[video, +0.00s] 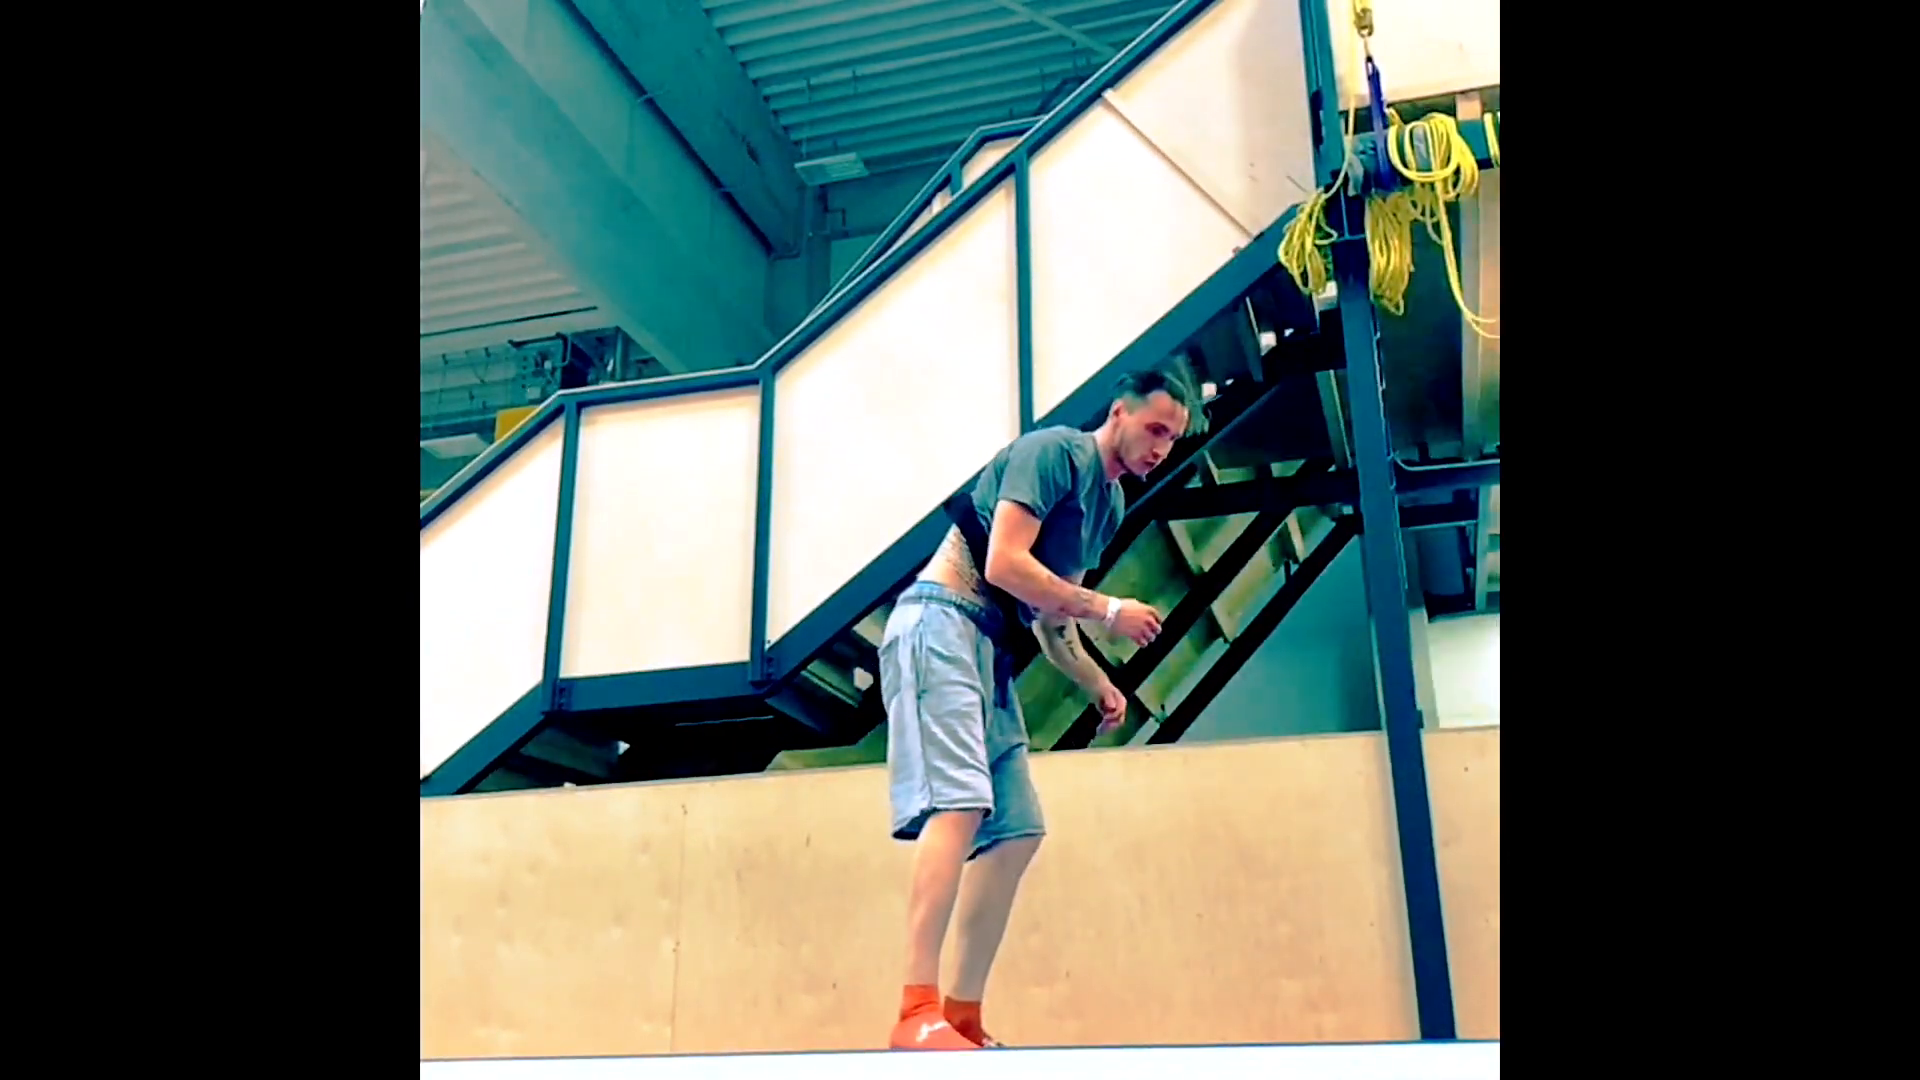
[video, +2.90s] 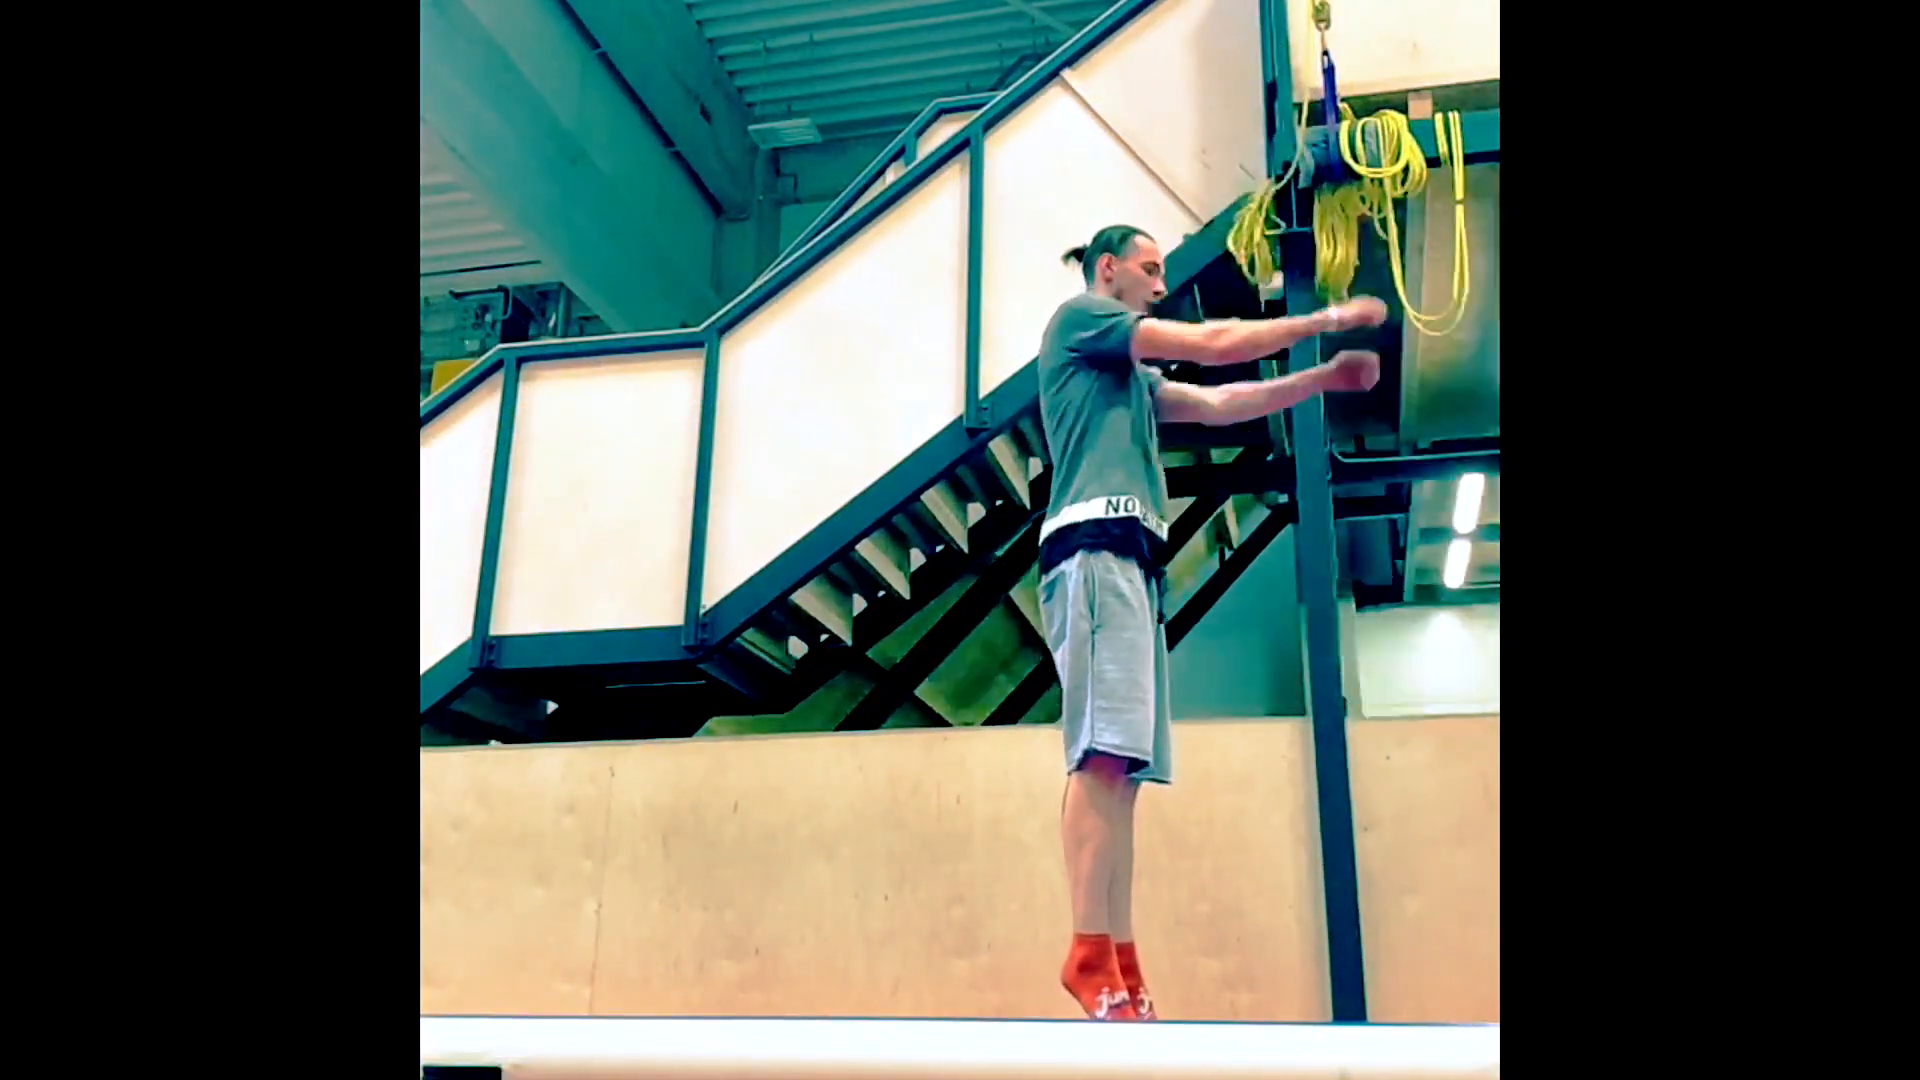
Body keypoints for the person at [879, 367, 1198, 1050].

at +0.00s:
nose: (1160, 449)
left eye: (1172, 440)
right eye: (1154, 430)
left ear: (1174, 442)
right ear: (1117, 412)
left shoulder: (1107, 510)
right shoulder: (1052, 449)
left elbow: (1052, 621)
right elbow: (1003, 561)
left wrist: (1097, 684)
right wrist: (1104, 606)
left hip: (988, 653)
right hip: (940, 627)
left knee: (1016, 829)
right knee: (959, 807)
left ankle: (960, 1018)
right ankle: (916, 1016)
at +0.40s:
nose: (1145, 354)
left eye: (1154, 343)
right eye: (1134, 337)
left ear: (1152, 349)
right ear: (1092, 328)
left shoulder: (1124, 426)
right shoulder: (1032, 390)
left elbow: (1101, 554)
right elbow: (994, 491)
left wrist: (1123, 631)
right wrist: (1105, 479)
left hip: (1050, 619)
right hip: (991, 593)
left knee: (1014, 821)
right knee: (1033, 773)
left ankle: (961, 1016)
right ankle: (1047, 981)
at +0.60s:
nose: (1126, 312)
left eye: (1132, 302)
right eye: (1114, 294)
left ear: (1129, 312)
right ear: (1074, 293)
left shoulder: (1114, 384)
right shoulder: (1017, 372)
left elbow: (1124, 282)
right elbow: (1046, 438)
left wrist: (1150, 186)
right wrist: (1109, 361)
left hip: (1108, 605)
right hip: (1055, 601)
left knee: (1077, 810)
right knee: (1084, 794)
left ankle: (981, 989)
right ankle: (1087, 988)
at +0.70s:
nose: (1140, 301)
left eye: (1143, 290)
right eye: (1120, 281)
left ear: (1140, 303)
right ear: (1074, 291)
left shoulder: (1125, 391)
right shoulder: (1056, 371)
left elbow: (1188, 425)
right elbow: (1105, 283)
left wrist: (1260, 411)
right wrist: (1148, 185)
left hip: (1143, 598)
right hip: (1095, 585)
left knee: (1161, 805)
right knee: (1091, 791)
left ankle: (1037, 953)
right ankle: (1090, 982)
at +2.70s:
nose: (1154, 273)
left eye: (1152, 261)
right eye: (1141, 259)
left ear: (1127, 280)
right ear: (1104, 264)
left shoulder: (1126, 358)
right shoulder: (1082, 318)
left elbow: (1213, 325)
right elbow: (1189, 232)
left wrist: (1279, 262)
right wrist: (1268, 134)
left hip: (1140, 561)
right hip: (1110, 552)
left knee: (1129, 764)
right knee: (1110, 759)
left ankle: (1119, 966)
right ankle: (1087, 959)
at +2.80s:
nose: (1154, 270)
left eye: (1153, 260)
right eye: (1142, 258)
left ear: (1125, 274)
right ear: (1101, 265)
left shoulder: (1124, 362)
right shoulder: (1077, 312)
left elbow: (1229, 340)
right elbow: (1207, 264)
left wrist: (1322, 272)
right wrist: (1300, 190)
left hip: (1136, 561)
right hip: (1102, 552)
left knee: (1125, 768)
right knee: (1106, 758)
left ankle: (1118, 968)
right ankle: (1086, 961)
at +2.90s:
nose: (1164, 283)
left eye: (1163, 272)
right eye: (1152, 268)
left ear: (1128, 276)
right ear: (1106, 268)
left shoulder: (1128, 371)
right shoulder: (1076, 321)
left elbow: (1222, 405)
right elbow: (1213, 343)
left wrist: (1326, 373)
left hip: (1129, 565)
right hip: (1093, 555)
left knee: (1121, 766)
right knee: (1102, 760)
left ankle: (1119, 960)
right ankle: (1088, 955)